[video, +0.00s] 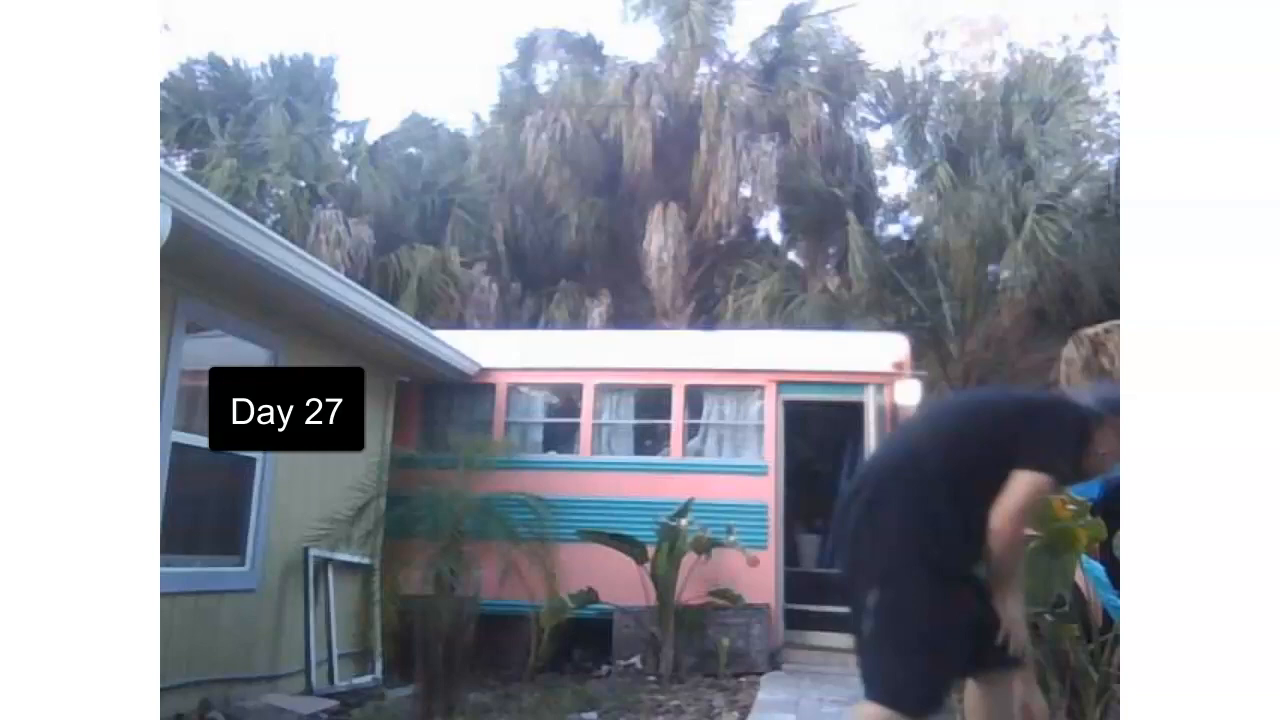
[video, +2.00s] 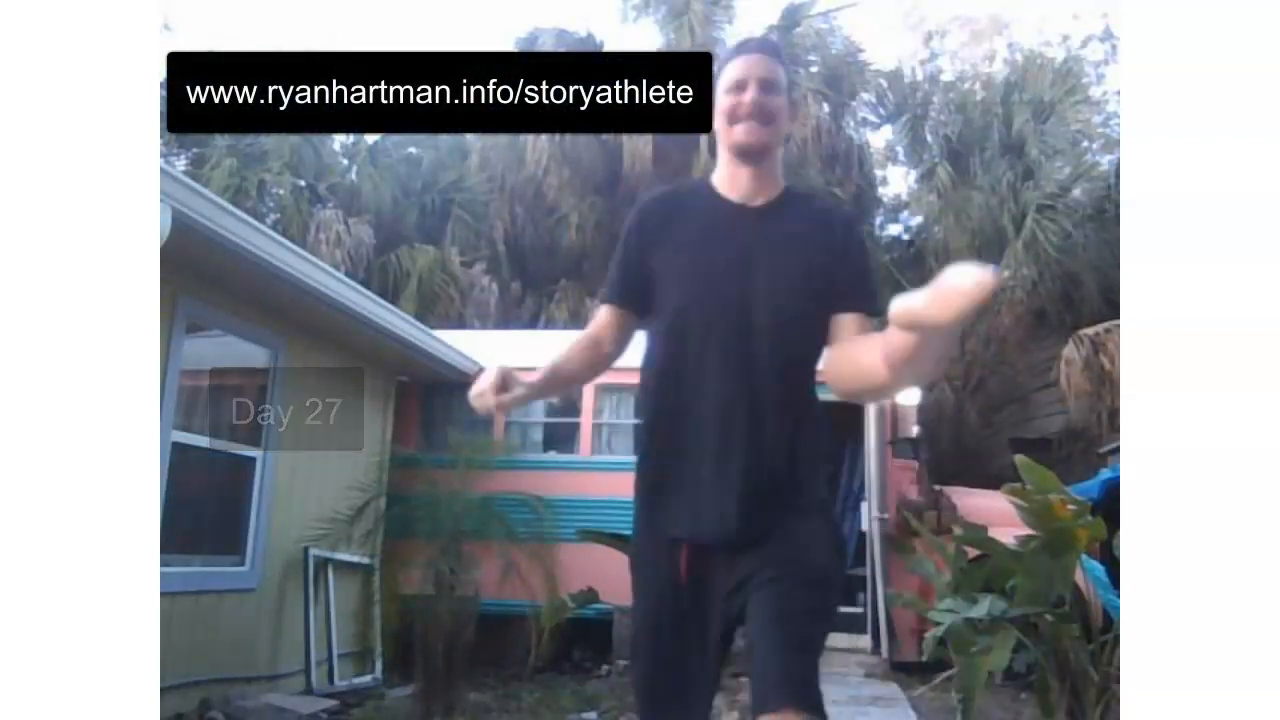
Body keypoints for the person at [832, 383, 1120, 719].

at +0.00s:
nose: (1110, 462)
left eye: (1117, 456)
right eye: (1116, 450)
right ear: (1109, 426)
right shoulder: (1064, 421)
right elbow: (1004, 520)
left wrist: (1026, 677)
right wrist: (1007, 599)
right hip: (898, 524)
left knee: (996, 661)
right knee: (902, 693)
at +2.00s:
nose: (752, 98)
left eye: (769, 87)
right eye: (737, 86)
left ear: (792, 114)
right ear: (712, 110)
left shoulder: (830, 228)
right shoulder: (660, 217)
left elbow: (845, 366)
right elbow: (601, 341)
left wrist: (904, 348)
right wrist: (536, 380)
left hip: (792, 510)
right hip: (676, 508)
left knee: (787, 703)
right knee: (666, 706)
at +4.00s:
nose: (756, 159)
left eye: (771, 148)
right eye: (740, 148)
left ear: (792, 171)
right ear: (715, 175)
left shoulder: (842, 281)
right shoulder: (675, 280)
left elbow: (872, 410)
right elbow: (605, 398)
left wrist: (907, 451)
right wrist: (516, 441)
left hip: (804, 534)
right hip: (700, 526)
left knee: (798, 710)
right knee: (735, 679)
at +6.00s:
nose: (712, 152)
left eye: (728, 141)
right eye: (701, 141)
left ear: (754, 159)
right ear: (685, 158)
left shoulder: (790, 242)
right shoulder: (659, 245)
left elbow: (826, 380)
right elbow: (640, 352)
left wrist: (683, 450)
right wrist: (615, 441)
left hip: (754, 489)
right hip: (666, 491)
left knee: (764, 683)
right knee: (661, 673)